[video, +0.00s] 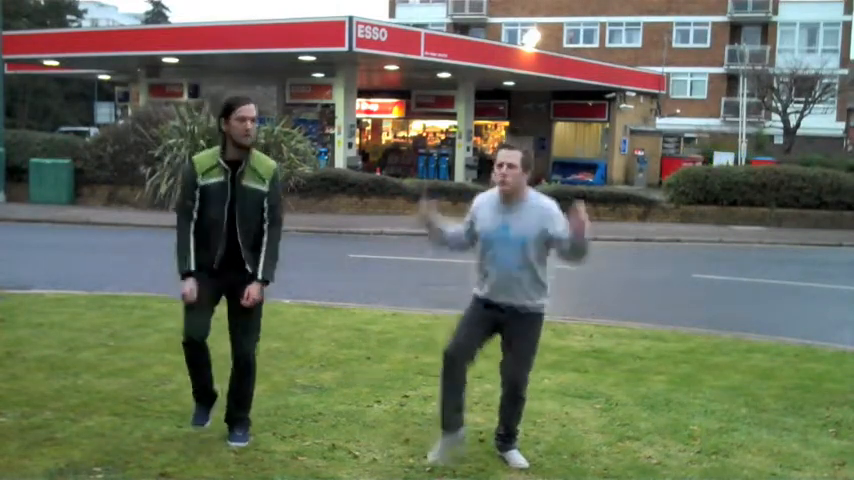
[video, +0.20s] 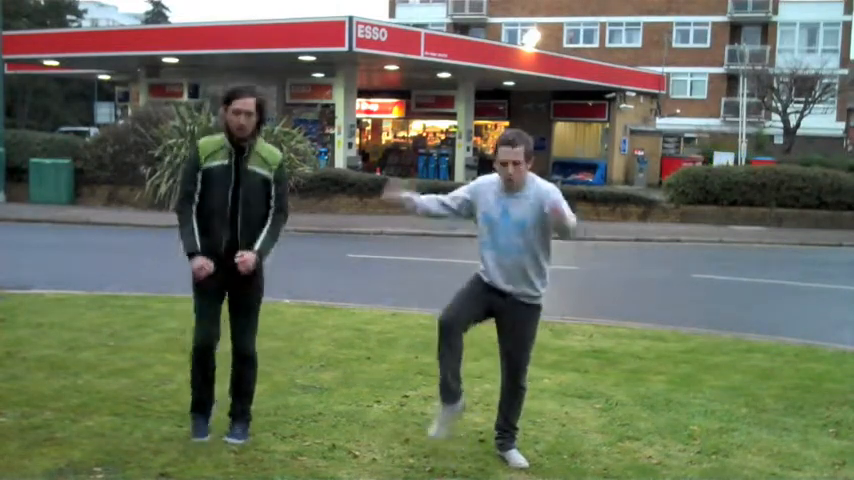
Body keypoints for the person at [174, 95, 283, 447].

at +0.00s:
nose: (250, 127)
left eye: (253, 121)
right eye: (242, 120)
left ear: (257, 126)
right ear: (224, 124)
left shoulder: (269, 171)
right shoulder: (199, 166)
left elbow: (273, 228)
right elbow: (185, 221)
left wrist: (261, 279)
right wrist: (187, 274)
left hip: (247, 274)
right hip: (205, 272)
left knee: (244, 353)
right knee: (193, 337)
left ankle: (239, 421)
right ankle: (204, 400)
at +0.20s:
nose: (242, 120)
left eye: (249, 115)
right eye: (236, 113)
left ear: (259, 120)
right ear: (224, 114)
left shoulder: (273, 160)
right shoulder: (203, 151)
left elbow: (279, 213)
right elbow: (186, 205)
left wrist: (257, 252)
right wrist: (195, 253)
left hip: (247, 264)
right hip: (208, 263)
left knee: (244, 347)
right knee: (204, 341)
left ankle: (240, 420)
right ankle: (200, 416)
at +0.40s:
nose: (233, 121)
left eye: (240, 116)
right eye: (228, 114)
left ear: (254, 121)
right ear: (219, 116)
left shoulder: (272, 160)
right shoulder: (201, 153)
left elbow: (283, 209)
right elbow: (180, 198)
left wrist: (266, 221)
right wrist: (190, 221)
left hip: (248, 264)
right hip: (207, 262)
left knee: (249, 345)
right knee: (200, 339)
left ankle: (245, 420)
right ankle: (190, 414)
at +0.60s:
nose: (223, 131)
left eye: (231, 126)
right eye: (219, 124)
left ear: (247, 130)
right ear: (214, 126)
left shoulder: (267, 171)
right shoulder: (197, 164)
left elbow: (278, 219)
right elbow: (178, 212)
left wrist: (260, 220)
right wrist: (189, 219)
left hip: (244, 273)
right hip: (204, 271)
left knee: (241, 350)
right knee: (193, 343)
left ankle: (242, 424)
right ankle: (177, 417)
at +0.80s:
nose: (209, 122)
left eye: (216, 116)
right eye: (205, 116)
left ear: (232, 119)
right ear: (200, 118)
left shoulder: (254, 151)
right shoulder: (188, 151)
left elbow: (278, 193)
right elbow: (171, 201)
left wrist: (258, 190)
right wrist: (172, 188)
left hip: (237, 262)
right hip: (198, 260)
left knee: (241, 345)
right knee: (192, 340)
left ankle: (242, 420)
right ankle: (195, 415)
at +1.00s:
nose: (192, 132)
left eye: (199, 126)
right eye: (189, 125)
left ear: (218, 128)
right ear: (186, 127)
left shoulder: (244, 165)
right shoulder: (175, 165)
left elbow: (270, 207)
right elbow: (162, 217)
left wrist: (245, 199)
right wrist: (159, 203)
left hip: (234, 268)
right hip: (193, 269)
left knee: (239, 338)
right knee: (189, 347)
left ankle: (240, 414)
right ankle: (198, 417)